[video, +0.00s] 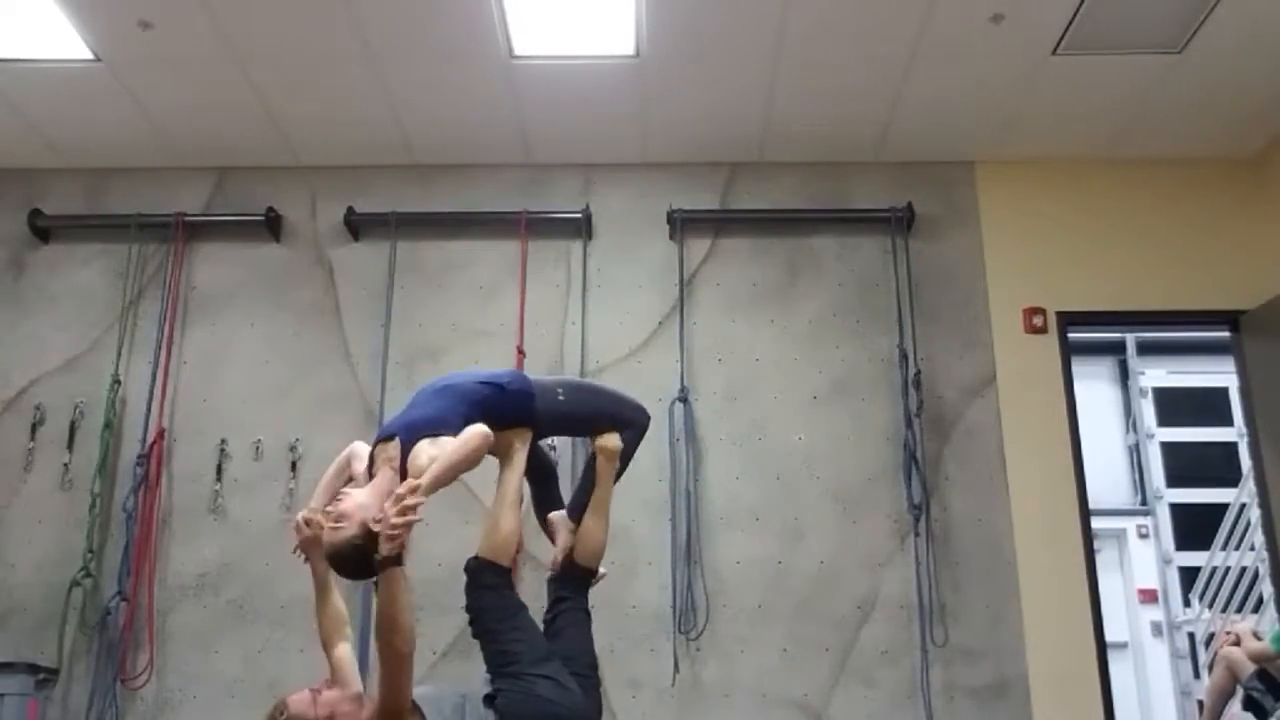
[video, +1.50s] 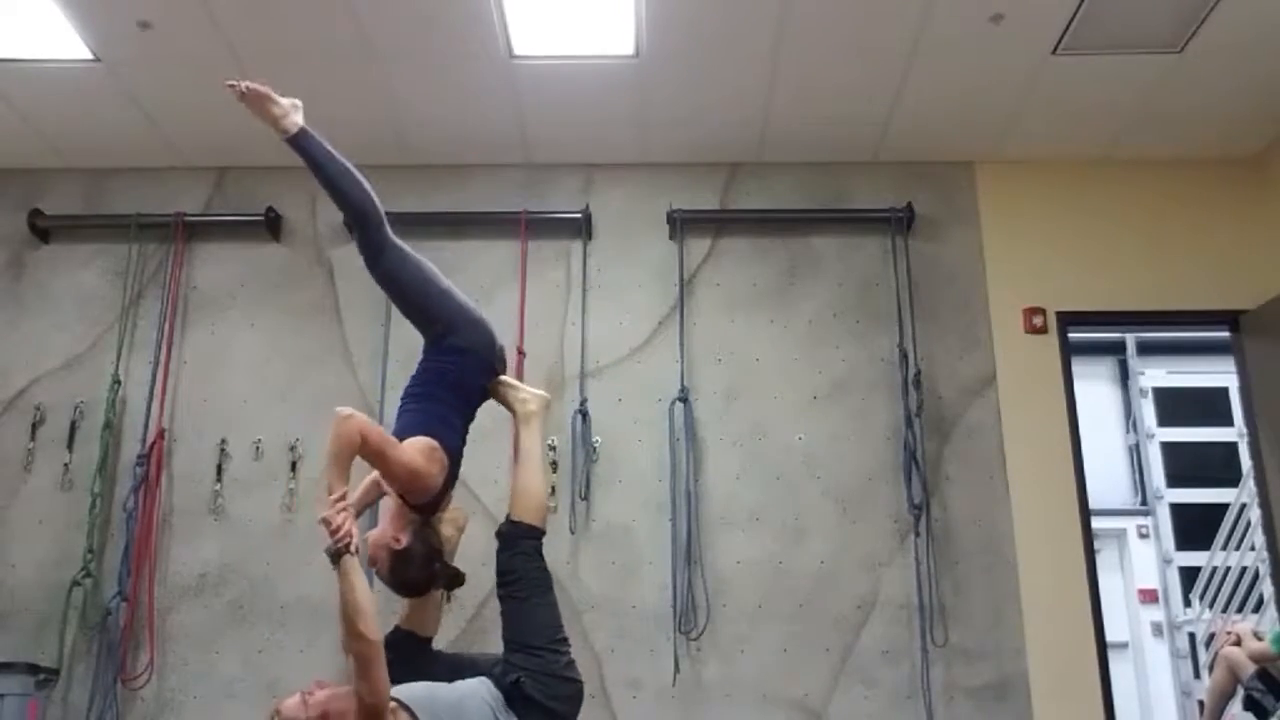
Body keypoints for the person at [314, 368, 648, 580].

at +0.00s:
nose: (339, 502)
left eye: (337, 508)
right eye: (348, 509)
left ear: (339, 504)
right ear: (377, 523)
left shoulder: (374, 460)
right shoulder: (420, 465)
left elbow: (348, 453)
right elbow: (479, 438)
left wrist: (312, 511)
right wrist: (422, 489)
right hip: (524, 404)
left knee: (536, 449)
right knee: (633, 418)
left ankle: (559, 527)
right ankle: (575, 521)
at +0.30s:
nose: (351, 522)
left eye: (345, 525)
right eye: (352, 526)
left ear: (353, 523)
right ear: (368, 527)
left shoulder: (369, 482)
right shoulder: (394, 476)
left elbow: (347, 458)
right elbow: (391, 429)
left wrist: (320, 512)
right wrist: (351, 499)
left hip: (485, 422)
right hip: (513, 386)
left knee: (557, 467)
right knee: (619, 336)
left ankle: (608, 555)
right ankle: (601, 455)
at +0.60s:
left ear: (338, 505)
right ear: (346, 509)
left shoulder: (358, 478)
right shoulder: (357, 457)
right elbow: (318, 471)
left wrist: (301, 525)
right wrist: (316, 507)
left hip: (459, 406)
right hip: (474, 361)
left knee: (549, 451)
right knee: (547, 267)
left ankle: (622, 539)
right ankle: (574, 385)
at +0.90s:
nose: (342, 546)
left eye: (340, 556)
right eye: (351, 549)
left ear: (363, 526)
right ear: (373, 532)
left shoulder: (381, 480)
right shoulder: (387, 477)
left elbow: (326, 476)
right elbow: (309, 450)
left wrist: (303, 533)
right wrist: (276, 520)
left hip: (483, 391)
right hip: (487, 361)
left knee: (545, 391)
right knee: (506, 228)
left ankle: (615, 423)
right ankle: (620, 281)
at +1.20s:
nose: (356, 561)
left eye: (362, 566)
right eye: (366, 565)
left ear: (384, 545)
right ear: (388, 547)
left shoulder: (403, 496)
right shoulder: (400, 489)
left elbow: (345, 467)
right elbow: (324, 448)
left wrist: (317, 527)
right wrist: (302, 522)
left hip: (490, 383)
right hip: (482, 365)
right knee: (445, 235)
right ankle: (439, 92)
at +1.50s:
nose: (370, 555)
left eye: (373, 563)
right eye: (379, 557)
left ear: (393, 543)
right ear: (404, 540)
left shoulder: (424, 493)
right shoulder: (417, 479)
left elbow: (391, 466)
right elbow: (347, 425)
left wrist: (352, 507)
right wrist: (335, 496)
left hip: (475, 365)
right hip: (467, 348)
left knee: (377, 243)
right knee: (375, 239)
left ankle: (298, 130)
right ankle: (293, 127)